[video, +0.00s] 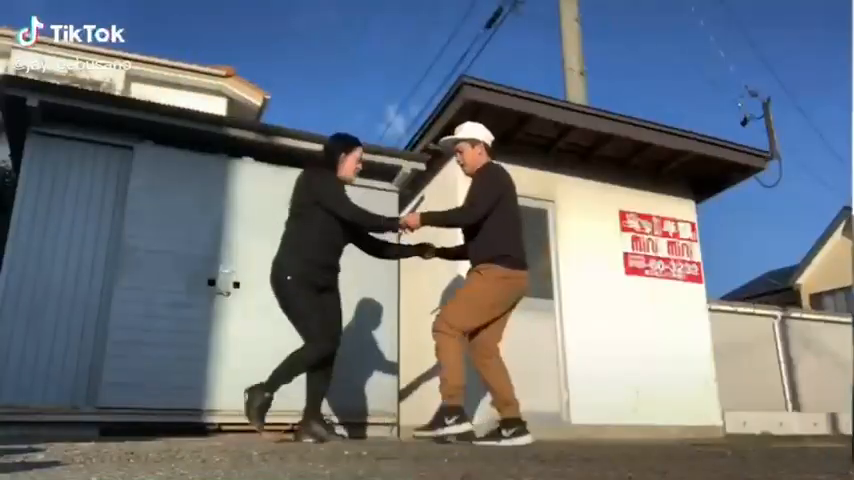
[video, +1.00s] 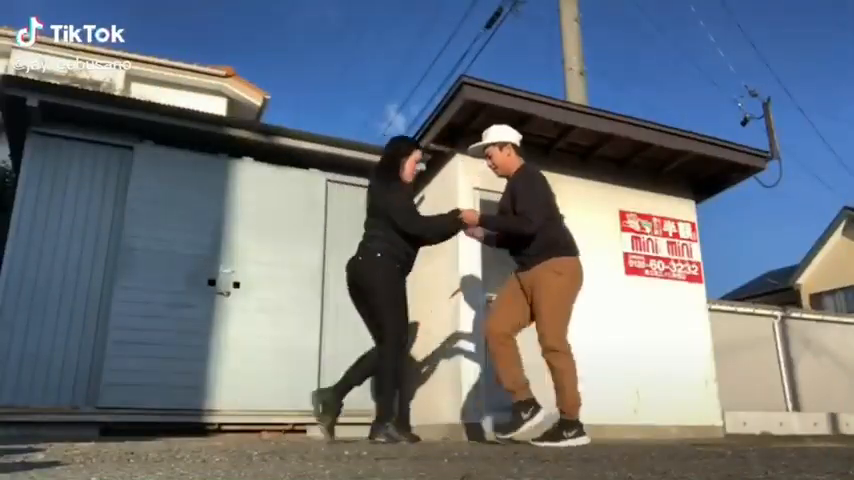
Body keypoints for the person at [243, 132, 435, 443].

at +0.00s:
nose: (359, 167)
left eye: (360, 161)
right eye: (356, 159)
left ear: (340, 159)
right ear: (339, 156)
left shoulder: (336, 201)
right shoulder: (318, 179)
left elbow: (373, 247)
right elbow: (356, 217)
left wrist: (414, 250)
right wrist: (397, 223)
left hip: (323, 280)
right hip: (294, 276)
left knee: (327, 346)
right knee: (320, 344)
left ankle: (311, 419)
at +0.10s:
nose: (356, 164)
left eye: (357, 158)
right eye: (353, 156)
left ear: (342, 158)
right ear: (335, 154)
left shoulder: (345, 201)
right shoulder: (310, 175)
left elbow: (374, 245)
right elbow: (336, 214)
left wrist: (414, 248)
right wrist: (382, 221)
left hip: (319, 279)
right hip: (281, 273)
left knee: (330, 340)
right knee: (276, 344)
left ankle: (314, 417)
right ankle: (251, 410)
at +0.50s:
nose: (368, 168)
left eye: (370, 162)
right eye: (365, 161)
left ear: (349, 159)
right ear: (349, 157)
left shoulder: (339, 187)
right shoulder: (339, 182)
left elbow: (364, 238)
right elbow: (372, 217)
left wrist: (401, 228)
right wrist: (419, 213)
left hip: (318, 273)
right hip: (304, 268)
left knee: (317, 342)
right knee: (318, 338)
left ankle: (297, 417)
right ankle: (256, 387)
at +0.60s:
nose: (379, 168)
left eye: (380, 162)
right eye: (376, 161)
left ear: (353, 158)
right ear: (360, 157)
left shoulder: (337, 181)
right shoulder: (362, 186)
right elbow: (397, 218)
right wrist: (440, 208)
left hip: (301, 261)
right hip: (324, 264)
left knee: (302, 340)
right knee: (357, 329)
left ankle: (294, 418)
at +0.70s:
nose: (390, 170)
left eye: (392, 164)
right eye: (387, 163)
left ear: (365, 159)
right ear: (371, 158)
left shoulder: (346, 183)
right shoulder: (373, 190)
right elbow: (406, 222)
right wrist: (451, 211)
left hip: (309, 258)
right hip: (341, 261)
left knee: (303, 337)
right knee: (368, 336)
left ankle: (296, 417)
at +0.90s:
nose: (407, 170)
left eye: (409, 164)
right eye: (406, 163)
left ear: (385, 160)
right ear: (392, 161)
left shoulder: (367, 185)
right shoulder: (390, 191)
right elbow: (417, 227)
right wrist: (458, 215)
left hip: (339, 265)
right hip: (369, 270)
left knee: (333, 340)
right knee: (391, 339)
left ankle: (303, 417)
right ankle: (387, 421)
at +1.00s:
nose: (417, 170)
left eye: (418, 164)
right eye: (414, 163)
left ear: (397, 161)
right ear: (399, 161)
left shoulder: (385, 189)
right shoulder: (392, 190)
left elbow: (418, 235)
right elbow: (416, 228)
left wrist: (456, 226)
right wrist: (457, 217)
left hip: (365, 269)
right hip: (380, 270)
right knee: (394, 343)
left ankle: (334, 395)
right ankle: (385, 424)